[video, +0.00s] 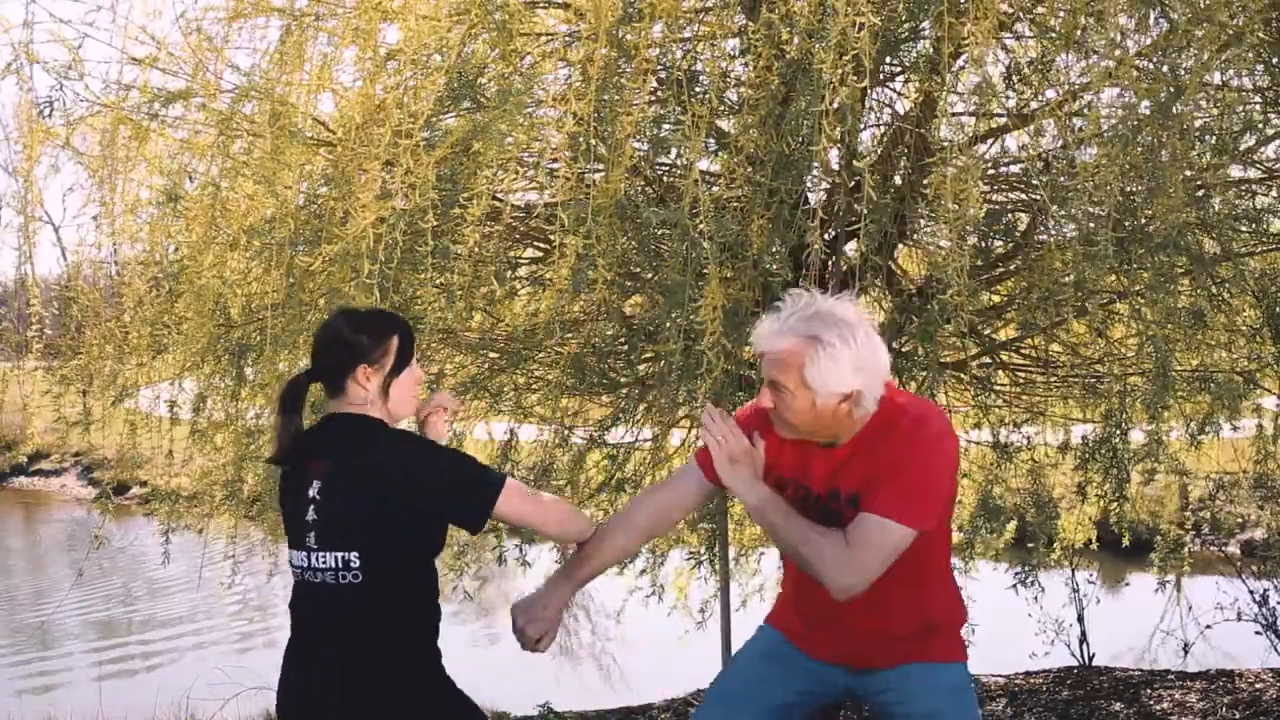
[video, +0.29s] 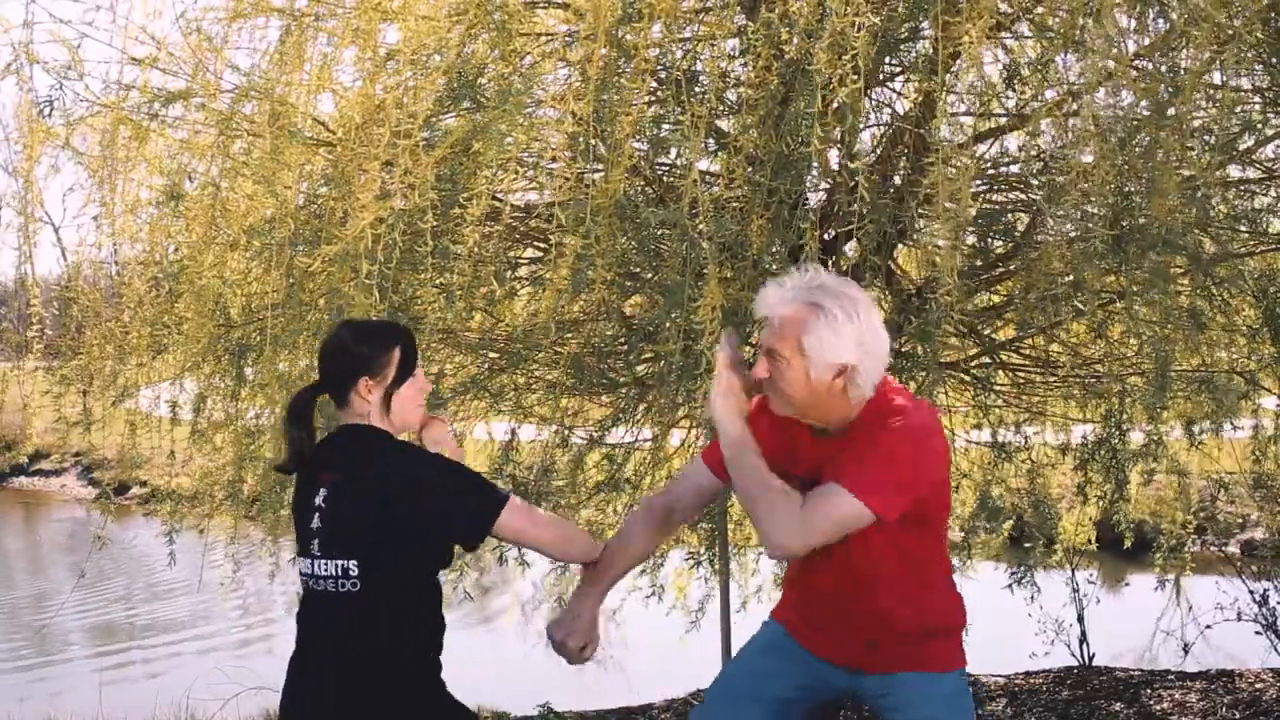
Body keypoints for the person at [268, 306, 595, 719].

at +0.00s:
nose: (421, 374)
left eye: (415, 362)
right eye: (409, 363)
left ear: (359, 378)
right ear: (366, 377)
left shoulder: (300, 455)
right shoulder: (415, 461)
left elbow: (371, 515)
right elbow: (541, 512)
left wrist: (426, 446)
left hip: (306, 695)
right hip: (402, 695)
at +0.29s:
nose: (427, 382)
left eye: (420, 371)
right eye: (414, 373)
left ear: (366, 389)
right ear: (369, 389)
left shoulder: (317, 464)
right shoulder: (415, 471)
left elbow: (417, 544)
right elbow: (543, 532)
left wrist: (445, 457)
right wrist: (598, 553)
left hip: (309, 700)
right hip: (399, 702)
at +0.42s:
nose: (435, 375)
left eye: (428, 364)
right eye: (422, 366)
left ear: (376, 391)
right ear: (383, 389)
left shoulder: (344, 463)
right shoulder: (433, 468)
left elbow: (446, 535)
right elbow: (548, 551)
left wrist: (467, 447)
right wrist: (617, 592)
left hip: (323, 695)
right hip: (412, 699)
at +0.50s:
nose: (441, 373)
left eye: (433, 363)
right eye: (430, 365)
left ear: (389, 389)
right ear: (393, 387)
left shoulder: (362, 460)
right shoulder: (445, 473)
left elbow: (499, 492)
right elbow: (548, 568)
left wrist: (524, 413)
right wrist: (598, 615)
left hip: (334, 694)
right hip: (420, 698)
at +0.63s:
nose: (436, 367)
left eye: (429, 354)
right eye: (425, 355)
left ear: (383, 376)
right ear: (390, 373)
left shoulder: (364, 449)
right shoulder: (440, 463)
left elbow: (503, 465)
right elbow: (556, 552)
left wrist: (559, 395)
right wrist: (591, 557)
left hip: (345, 695)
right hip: (432, 698)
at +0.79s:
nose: (434, 362)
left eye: (428, 348)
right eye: (423, 349)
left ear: (381, 369)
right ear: (386, 367)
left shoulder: (360, 444)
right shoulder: (442, 459)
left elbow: (503, 462)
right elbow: (555, 531)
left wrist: (562, 392)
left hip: (347, 688)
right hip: (431, 691)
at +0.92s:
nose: (431, 362)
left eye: (425, 347)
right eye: (420, 348)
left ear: (375, 362)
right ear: (380, 361)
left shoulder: (355, 437)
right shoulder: (428, 450)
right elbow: (541, 515)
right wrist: (549, 465)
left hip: (345, 684)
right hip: (427, 689)